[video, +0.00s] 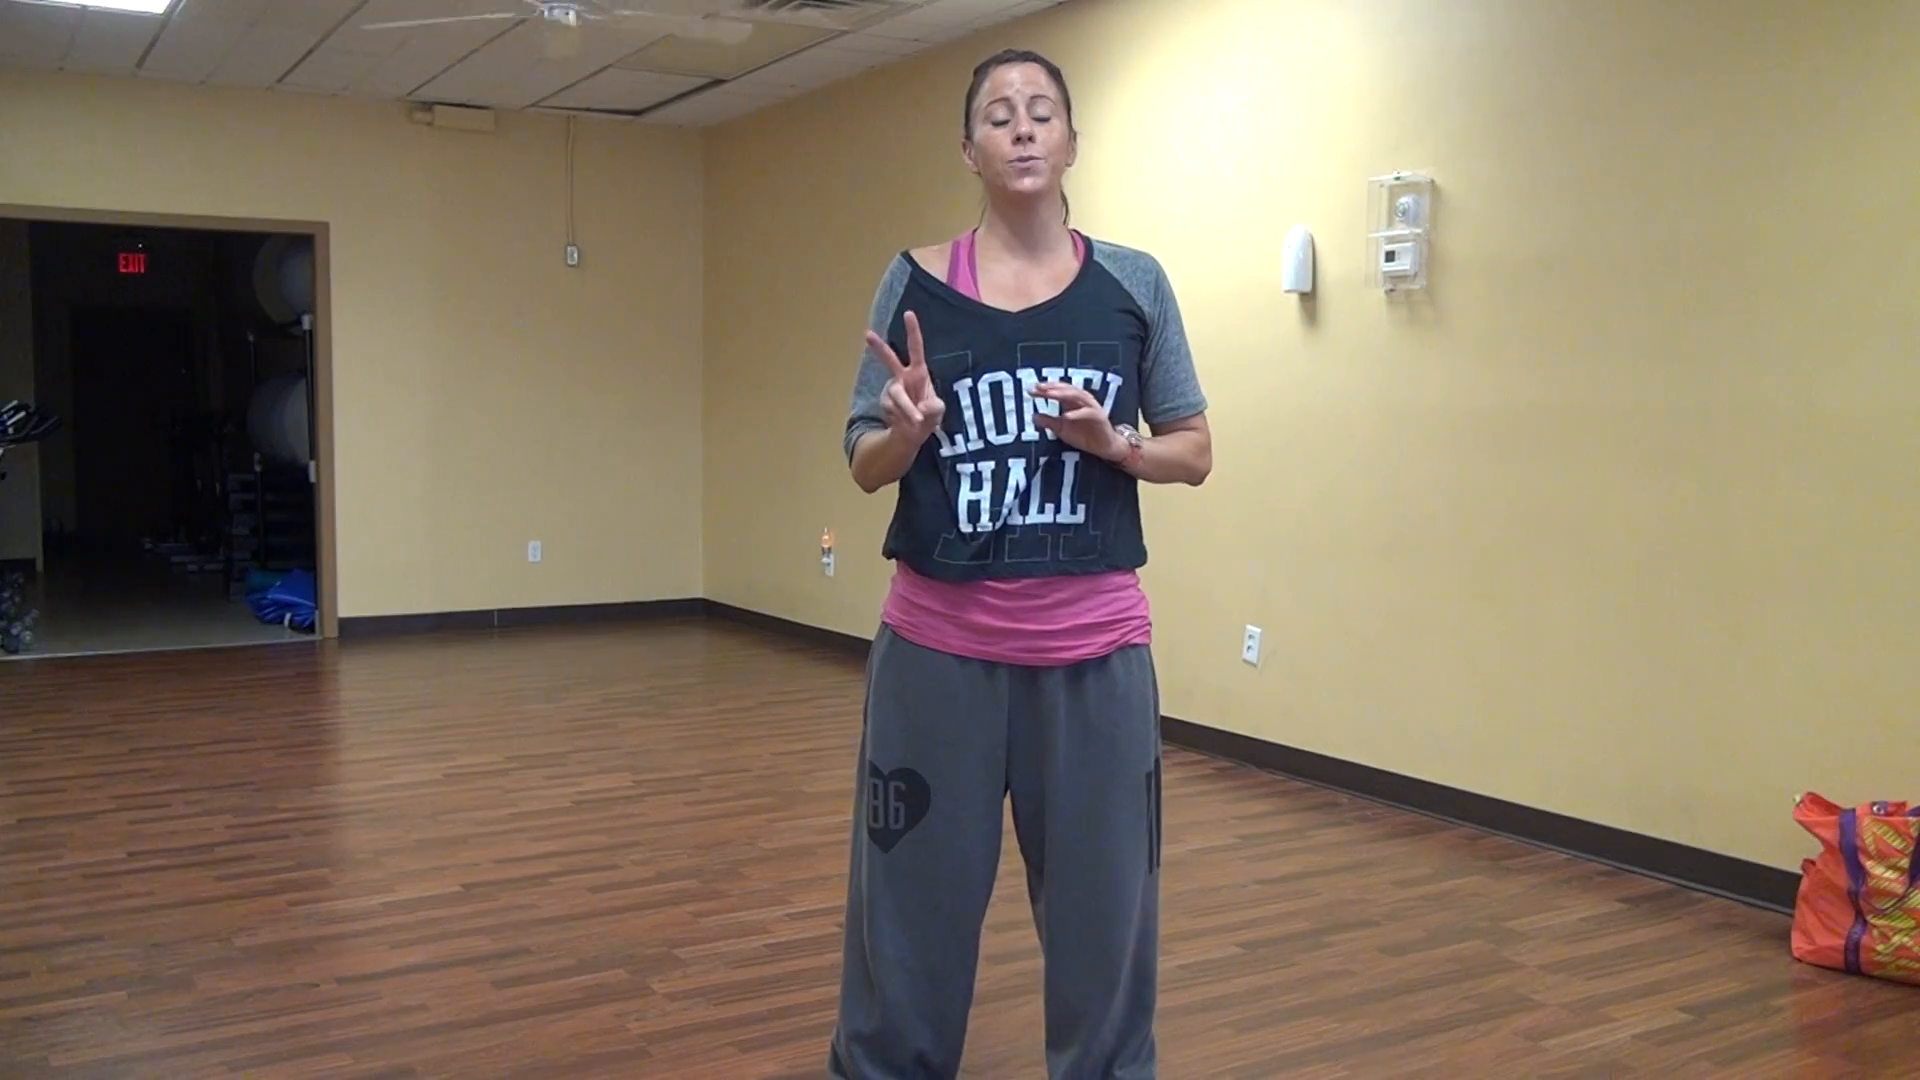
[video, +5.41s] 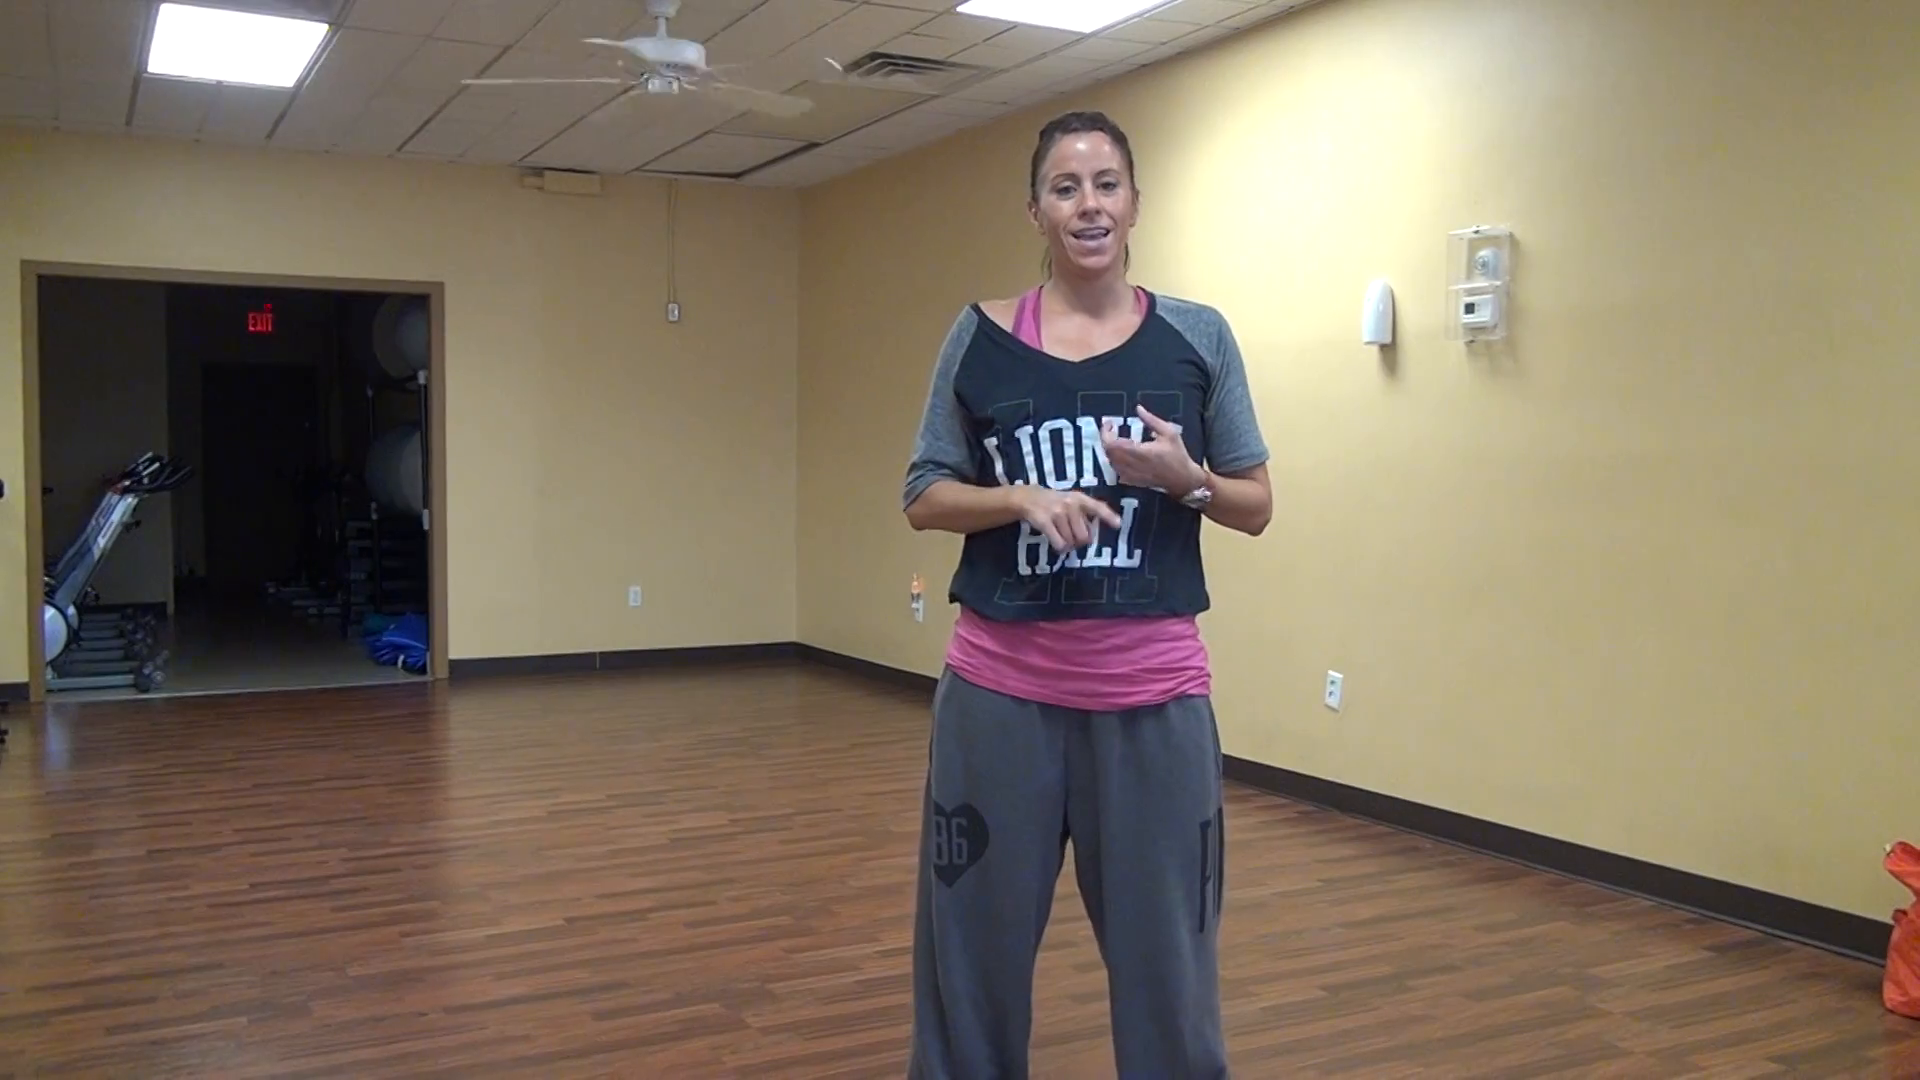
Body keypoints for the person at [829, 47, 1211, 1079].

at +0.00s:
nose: (1021, 129)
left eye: (1041, 114)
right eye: (999, 116)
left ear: (1070, 143)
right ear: (969, 150)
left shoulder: (1134, 279)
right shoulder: (916, 280)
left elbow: (1195, 453)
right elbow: (865, 468)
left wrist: (1122, 444)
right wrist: (906, 429)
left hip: (1095, 645)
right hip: (936, 642)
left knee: (1106, 920)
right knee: (907, 911)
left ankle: (1105, 1071)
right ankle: (887, 1068)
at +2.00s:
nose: (993, 142)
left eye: (1009, 126)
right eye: (969, 130)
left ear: (1037, 151)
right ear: (936, 163)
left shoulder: (1088, 295)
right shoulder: (879, 278)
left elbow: (1126, 468)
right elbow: (808, 437)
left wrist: (1073, 457)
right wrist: (884, 487)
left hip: (1031, 642)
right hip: (880, 639)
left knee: (1064, 899)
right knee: (869, 894)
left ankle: (1100, 1066)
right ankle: (879, 1066)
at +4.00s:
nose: (1009, 159)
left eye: (1027, 138)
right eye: (986, 143)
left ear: (1057, 159)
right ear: (960, 170)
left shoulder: (1123, 294)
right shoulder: (909, 296)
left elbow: (1176, 465)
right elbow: (852, 462)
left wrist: (1123, 447)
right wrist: (940, 427)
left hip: (1088, 649)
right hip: (933, 646)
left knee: (1101, 910)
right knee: (904, 907)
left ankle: (1112, 1071)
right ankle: (892, 1070)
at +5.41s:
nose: (1089, 205)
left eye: (1108, 184)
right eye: (1066, 188)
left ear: (1134, 200)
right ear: (1035, 210)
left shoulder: (1199, 334)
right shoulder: (983, 334)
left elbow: (1255, 506)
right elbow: (925, 497)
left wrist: (1188, 479)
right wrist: (1024, 499)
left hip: (1154, 693)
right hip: (998, 690)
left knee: (1169, 969)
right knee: (969, 959)